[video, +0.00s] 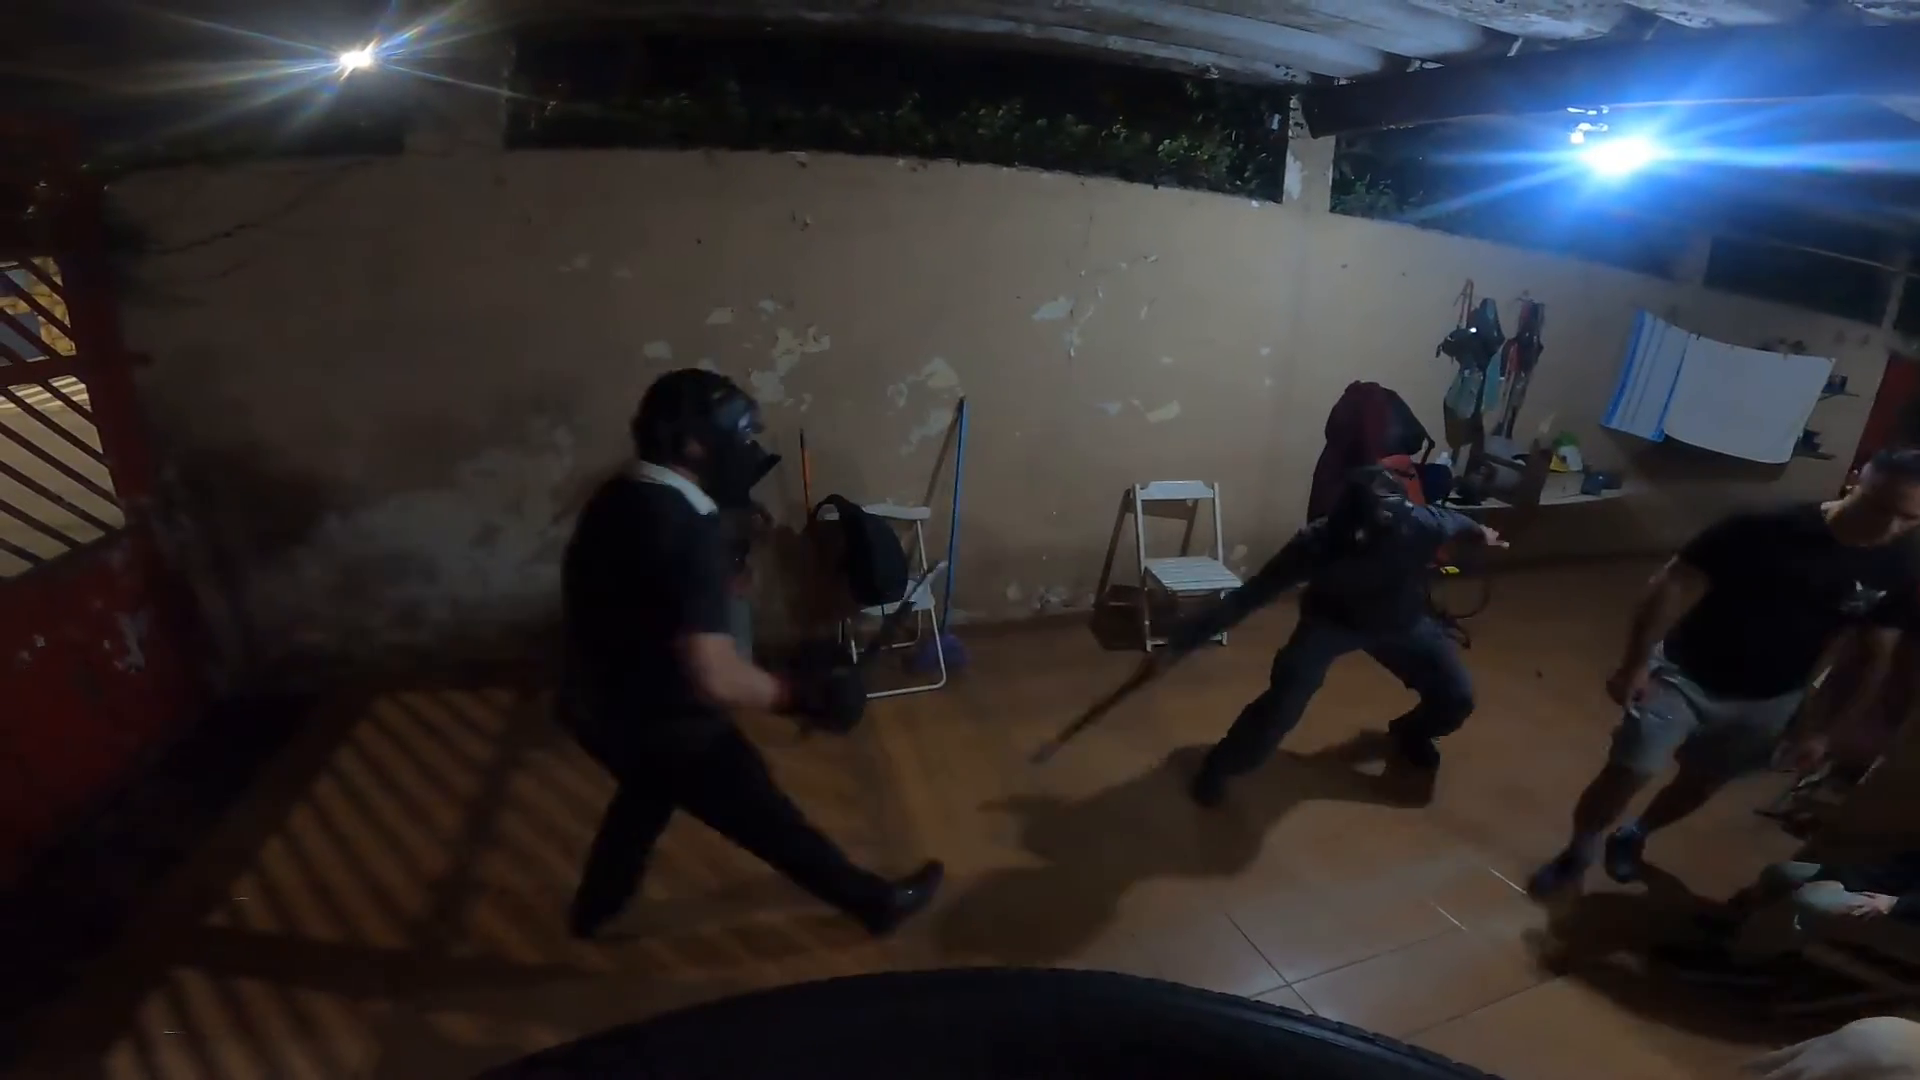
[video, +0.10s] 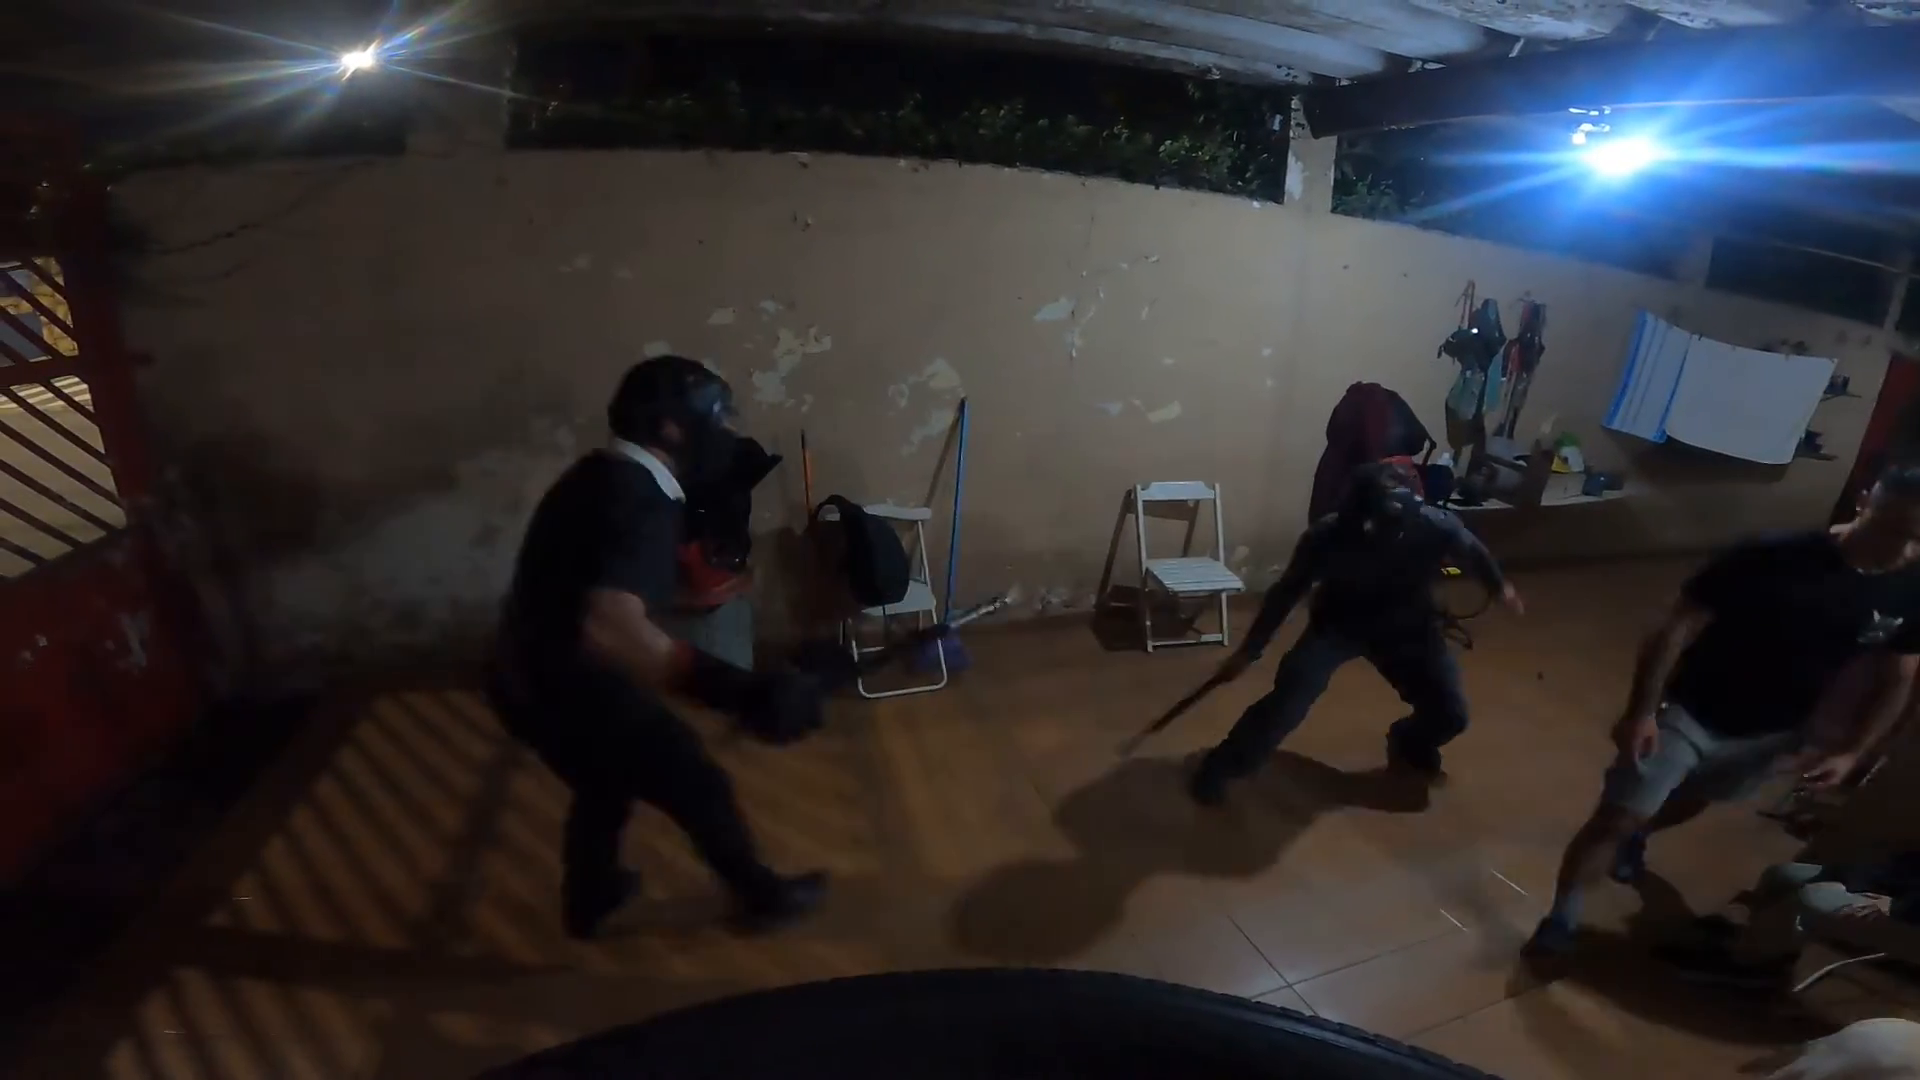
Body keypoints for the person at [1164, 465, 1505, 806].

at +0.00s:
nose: (1382, 534)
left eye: (1388, 522)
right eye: (1371, 527)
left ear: (1397, 517)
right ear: (1350, 523)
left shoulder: (1416, 525)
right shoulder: (1318, 541)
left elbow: (1455, 524)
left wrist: (1480, 533)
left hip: (1398, 622)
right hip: (1329, 624)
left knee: (1456, 697)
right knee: (1285, 703)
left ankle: (1411, 734)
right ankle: (1218, 770)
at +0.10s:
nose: (1395, 523)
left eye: (1402, 513)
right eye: (1386, 514)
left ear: (1411, 507)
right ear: (1363, 512)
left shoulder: (1431, 526)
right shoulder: (1327, 537)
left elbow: (1472, 551)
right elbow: (1285, 593)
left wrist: (1500, 585)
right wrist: (1248, 651)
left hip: (1405, 628)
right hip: (1336, 626)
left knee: (1450, 715)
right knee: (1287, 707)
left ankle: (1411, 743)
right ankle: (1218, 770)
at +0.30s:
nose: (1425, 491)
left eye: (1433, 481)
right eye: (1416, 481)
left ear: (1445, 474)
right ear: (1395, 474)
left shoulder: (1475, 514)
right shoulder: (1364, 507)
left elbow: (1517, 573)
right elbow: (1323, 563)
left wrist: (1521, 642)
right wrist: (1285, 614)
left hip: (1430, 626)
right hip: (1362, 619)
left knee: (1453, 723)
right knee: (1299, 699)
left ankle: (1413, 744)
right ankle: (1222, 771)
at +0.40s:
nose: (1426, 470)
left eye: (1437, 463)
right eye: (1421, 459)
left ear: (1463, 458)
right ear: (1415, 452)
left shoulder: (1498, 501)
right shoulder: (1386, 485)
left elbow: (1539, 569)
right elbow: (1344, 544)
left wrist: (1531, 621)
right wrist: (1298, 589)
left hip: (1441, 623)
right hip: (1371, 612)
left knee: (1455, 721)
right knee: (1302, 694)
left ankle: (1413, 741)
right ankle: (1227, 770)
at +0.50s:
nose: (1477, 459)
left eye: (1474, 449)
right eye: (1467, 450)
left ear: (1474, 449)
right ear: (1438, 445)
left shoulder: (1509, 493)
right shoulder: (1392, 477)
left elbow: (1548, 564)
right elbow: (1350, 536)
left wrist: (1531, 601)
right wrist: (1313, 578)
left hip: (1443, 622)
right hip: (1371, 611)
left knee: (1451, 719)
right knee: (1299, 695)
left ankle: (1413, 741)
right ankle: (1228, 770)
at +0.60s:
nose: (1475, 457)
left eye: (1475, 446)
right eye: (1464, 448)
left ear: (1480, 440)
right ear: (1438, 439)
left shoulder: (1510, 490)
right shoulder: (1395, 471)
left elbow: (1543, 564)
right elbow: (1353, 528)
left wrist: (1521, 601)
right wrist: (1303, 572)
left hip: (1442, 619)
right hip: (1371, 607)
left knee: (1446, 717)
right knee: (1300, 692)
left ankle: (1415, 741)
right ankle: (1228, 771)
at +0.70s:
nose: (1421, 446)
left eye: (1432, 442)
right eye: (1420, 438)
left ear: (1465, 441)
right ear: (1415, 431)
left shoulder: (1500, 489)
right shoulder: (1386, 468)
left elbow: (1521, 568)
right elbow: (1343, 526)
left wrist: (1496, 618)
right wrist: (1298, 572)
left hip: (1431, 618)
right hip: (1361, 603)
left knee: (1441, 713)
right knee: (1298, 684)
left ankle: (1421, 740)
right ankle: (1233, 768)